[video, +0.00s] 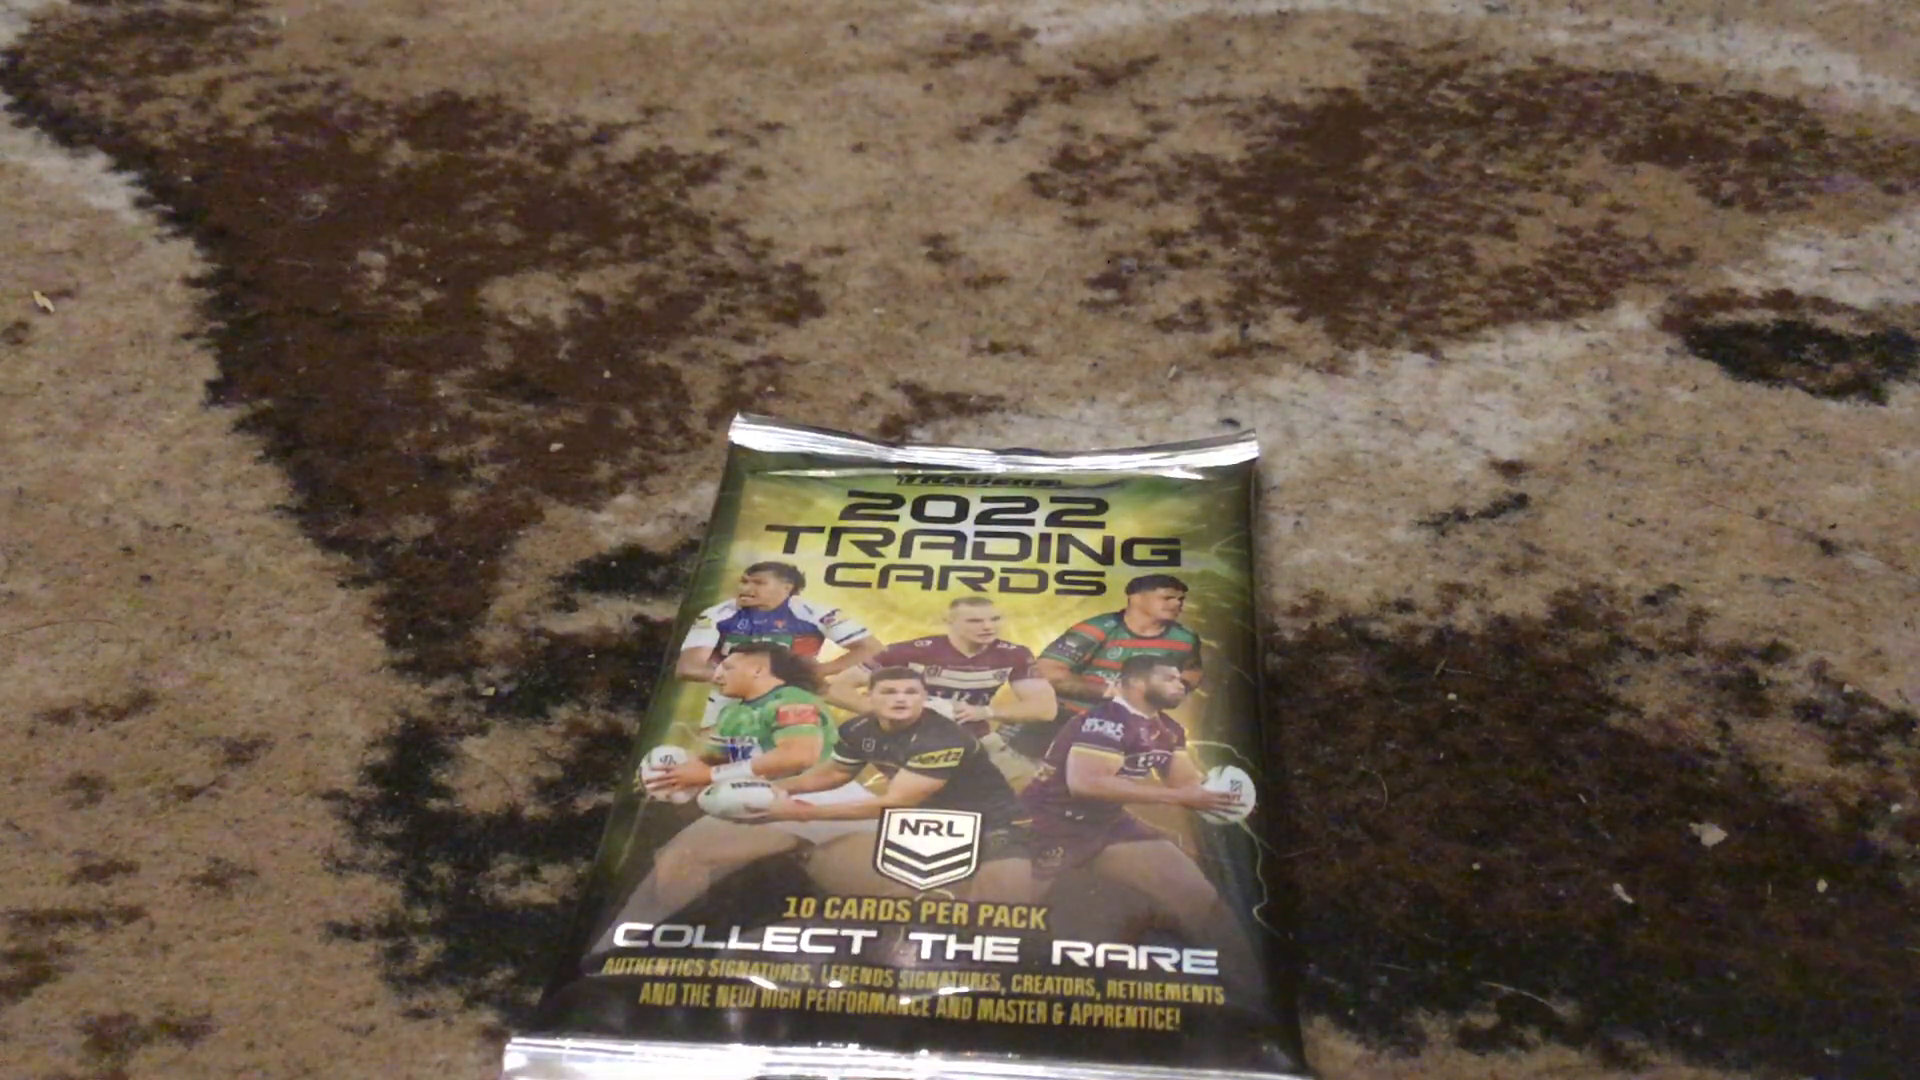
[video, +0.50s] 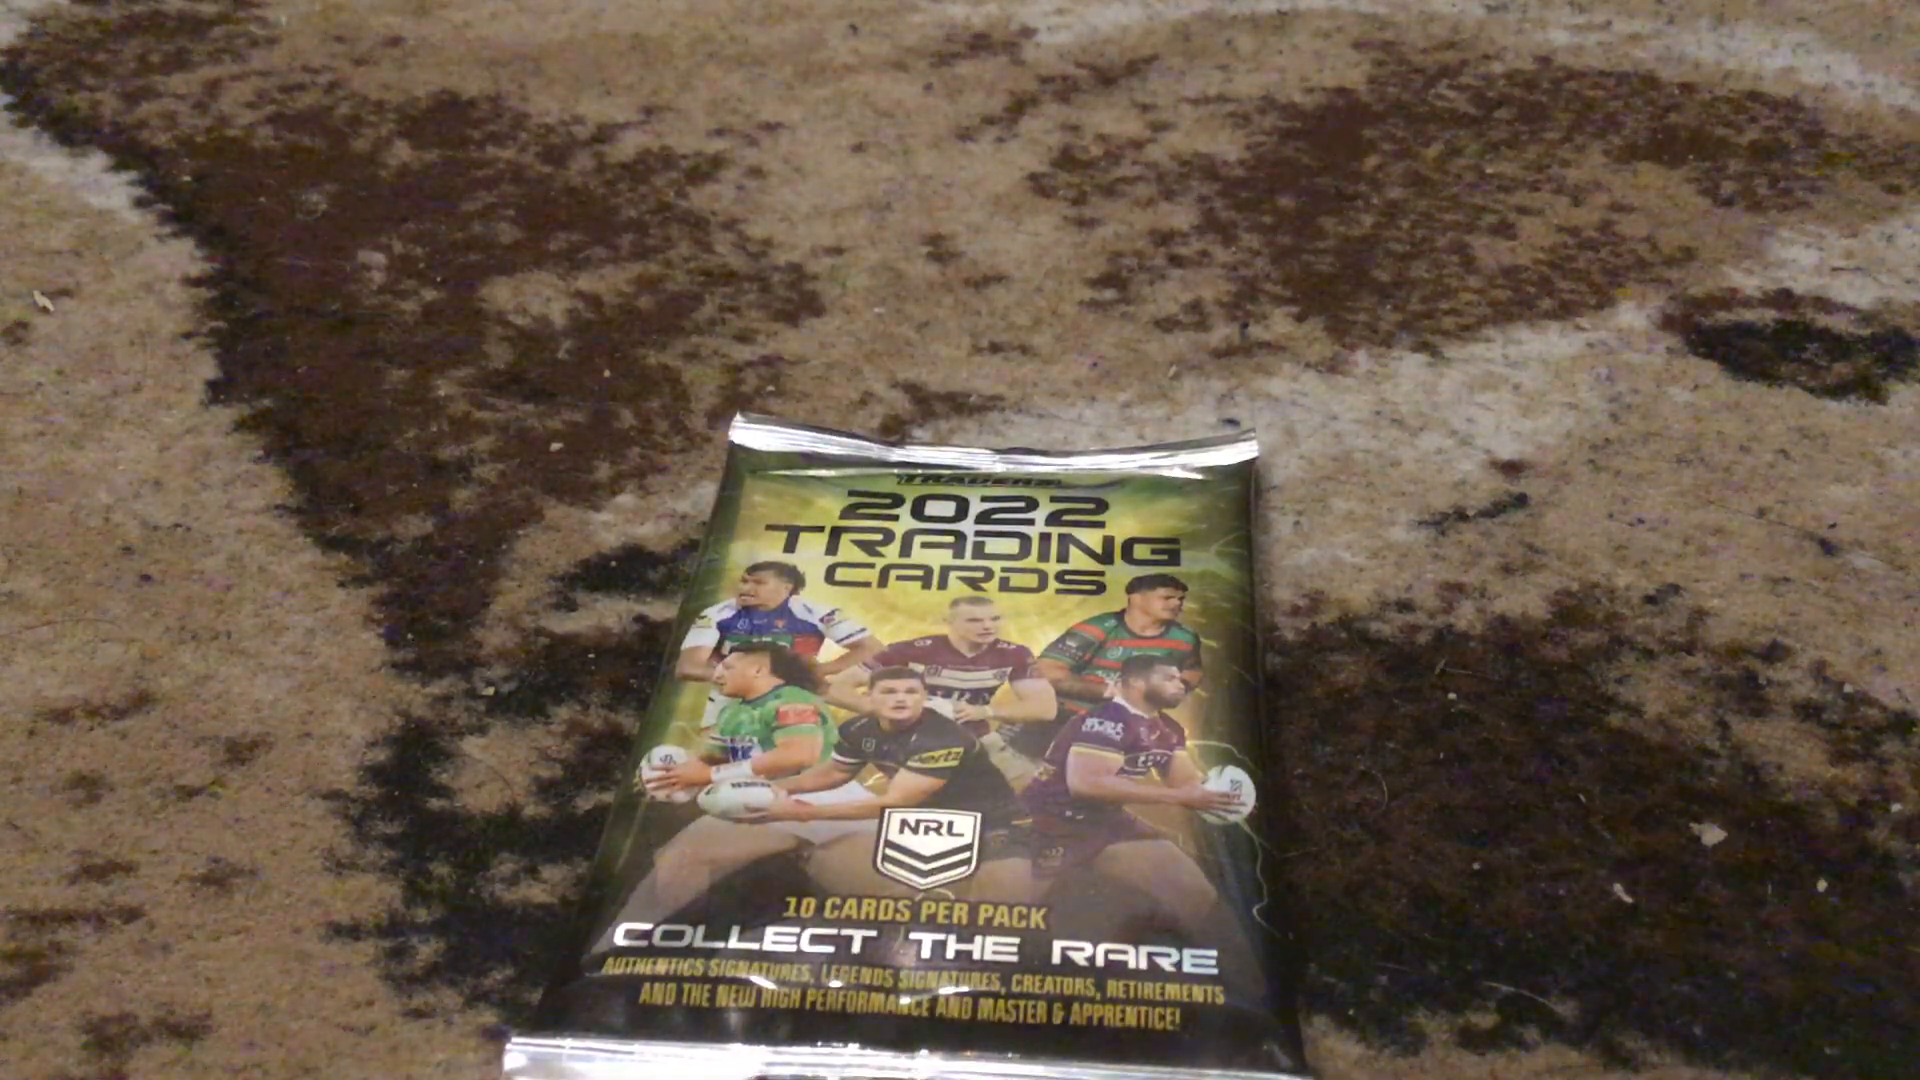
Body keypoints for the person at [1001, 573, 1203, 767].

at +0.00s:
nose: (1177, 605)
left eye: (1179, 600)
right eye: (1167, 598)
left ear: (1182, 603)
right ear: (1135, 598)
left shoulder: (1186, 640)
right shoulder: (1097, 629)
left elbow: (1194, 672)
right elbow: (1044, 670)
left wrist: (1162, 695)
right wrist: (1106, 691)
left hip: (1141, 726)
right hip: (1081, 723)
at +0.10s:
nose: (1176, 605)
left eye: (1179, 600)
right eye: (1166, 598)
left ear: (1183, 605)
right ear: (1135, 598)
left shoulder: (1186, 640)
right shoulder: (1096, 629)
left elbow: (1193, 674)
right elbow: (1044, 670)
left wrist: (1155, 695)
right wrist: (1106, 691)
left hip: (1143, 727)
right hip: (1081, 723)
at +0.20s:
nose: (1176, 605)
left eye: (1179, 600)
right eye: (1167, 598)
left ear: (1183, 604)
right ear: (1136, 598)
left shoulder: (1186, 640)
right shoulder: (1098, 629)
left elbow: (1193, 674)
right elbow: (1045, 670)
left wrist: (1154, 695)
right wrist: (1106, 691)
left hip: (1144, 727)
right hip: (1083, 724)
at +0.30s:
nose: (1177, 605)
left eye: (1179, 599)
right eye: (1167, 598)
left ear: (1183, 603)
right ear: (1135, 598)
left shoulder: (1186, 640)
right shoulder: (1099, 628)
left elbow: (1194, 672)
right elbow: (1044, 670)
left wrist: (1161, 696)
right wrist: (1105, 691)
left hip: (1141, 728)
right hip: (1083, 725)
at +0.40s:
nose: (1177, 604)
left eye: (1179, 600)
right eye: (1167, 598)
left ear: (1183, 604)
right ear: (1135, 598)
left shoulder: (1186, 639)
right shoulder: (1098, 629)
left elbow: (1193, 674)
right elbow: (1044, 670)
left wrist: (1156, 695)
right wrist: (1106, 691)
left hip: (1142, 726)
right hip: (1083, 724)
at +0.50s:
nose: (1176, 604)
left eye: (1179, 599)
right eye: (1167, 597)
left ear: (1182, 604)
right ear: (1135, 597)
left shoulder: (1186, 639)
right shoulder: (1099, 628)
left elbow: (1193, 674)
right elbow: (1044, 669)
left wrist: (1157, 693)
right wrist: (1106, 691)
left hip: (1143, 727)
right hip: (1082, 723)